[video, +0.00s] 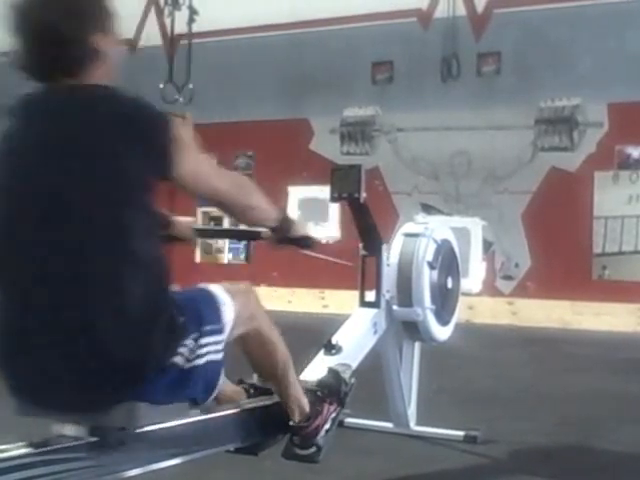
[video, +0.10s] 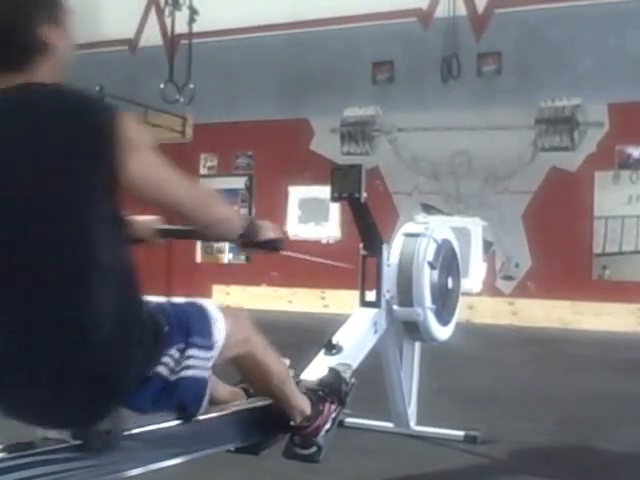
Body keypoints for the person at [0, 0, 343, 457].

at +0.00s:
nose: (120, 44)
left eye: (114, 33)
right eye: (113, 33)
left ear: (36, 50)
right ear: (97, 44)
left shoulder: (18, 122)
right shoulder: (129, 118)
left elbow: (70, 211)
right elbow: (234, 194)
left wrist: (164, 226)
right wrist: (282, 225)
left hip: (32, 370)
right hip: (119, 361)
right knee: (245, 303)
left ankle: (246, 407)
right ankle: (302, 413)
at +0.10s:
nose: (71, 40)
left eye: (67, 26)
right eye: (66, 26)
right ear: (46, 34)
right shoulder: (92, 120)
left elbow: (25, 227)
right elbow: (200, 212)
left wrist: (120, 228)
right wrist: (249, 228)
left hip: (10, 363)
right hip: (96, 354)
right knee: (239, 330)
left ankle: (248, 410)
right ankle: (304, 413)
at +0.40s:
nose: (59, 53)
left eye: (58, 41)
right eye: (56, 40)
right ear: (34, 41)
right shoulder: (44, 122)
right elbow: (51, 263)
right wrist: (123, 254)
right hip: (46, 361)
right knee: (227, 338)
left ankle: (257, 410)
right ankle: (303, 414)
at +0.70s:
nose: (151, 58)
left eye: (147, 46)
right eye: (146, 47)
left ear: (67, 59)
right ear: (129, 54)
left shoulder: (35, 132)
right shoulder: (153, 136)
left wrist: (211, 223)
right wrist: (249, 225)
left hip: (52, 367)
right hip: (131, 369)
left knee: (191, 275)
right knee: (263, 281)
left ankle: (233, 401)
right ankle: (303, 414)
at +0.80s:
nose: (186, 73)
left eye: (183, 59)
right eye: (182, 60)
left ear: (104, 72)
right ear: (166, 68)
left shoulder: (71, 135)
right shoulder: (190, 140)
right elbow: (283, 244)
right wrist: (292, 225)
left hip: (79, 364)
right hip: (159, 366)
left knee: (206, 267)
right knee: (277, 267)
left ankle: (240, 413)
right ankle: (305, 413)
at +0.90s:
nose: (216, 85)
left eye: (213, 74)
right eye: (212, 74)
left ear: (143, 84)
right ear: (197, 83)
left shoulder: (109, 147)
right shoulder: (224, 149)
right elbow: (314, 238)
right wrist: (333, 240)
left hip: (107, 362)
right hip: (188, 363)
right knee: (285, 256)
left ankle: (249, 396)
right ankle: (304, 413)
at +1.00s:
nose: (241, 99)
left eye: (239, 88)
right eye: (239, 88)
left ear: (171, 95)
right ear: (226, 96)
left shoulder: (139, 151)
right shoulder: (252, 157)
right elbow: (337, 235)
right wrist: (347, 247)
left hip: (132, 358)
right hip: (216, 360)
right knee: (293, 250)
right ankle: (305, 409)